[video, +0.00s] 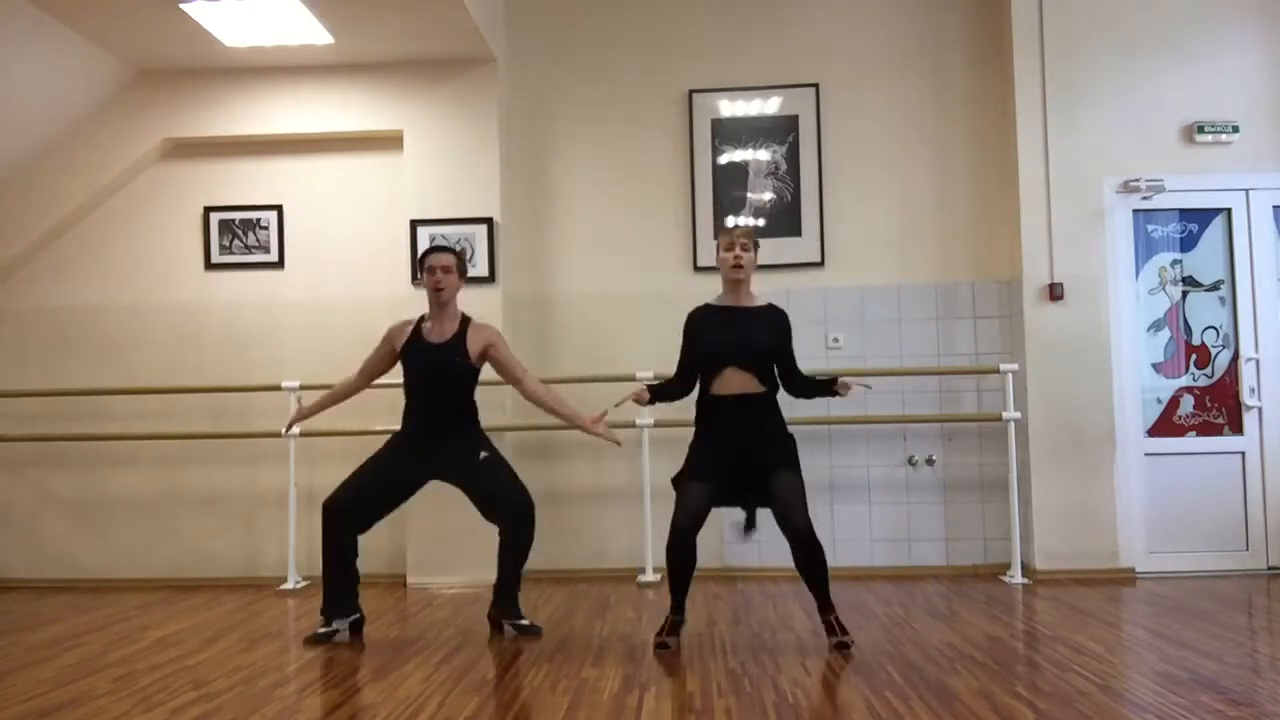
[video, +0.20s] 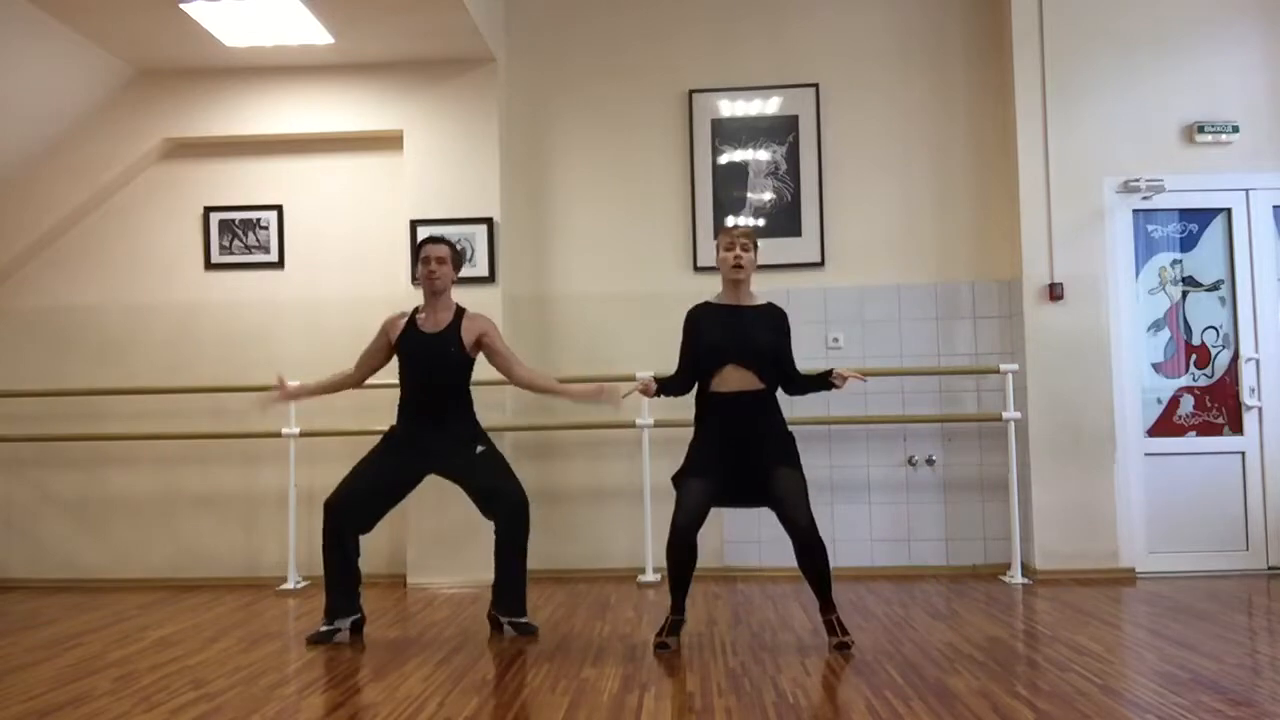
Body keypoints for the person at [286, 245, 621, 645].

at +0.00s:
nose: (437, 278)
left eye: (445, 270)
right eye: (430, 271)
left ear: (461, 279)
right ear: (421, 281)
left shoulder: (482, 337)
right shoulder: (403, 334)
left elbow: (533, 388)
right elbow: (358, 380)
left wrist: (584, 421)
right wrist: (306, 410)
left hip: (466, 450)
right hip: (411, 449)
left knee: (519, 513)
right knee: (338, 511)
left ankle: (505, 608)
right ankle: (343, 614)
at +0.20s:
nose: (431, 268)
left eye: (440, 262)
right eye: (424, 262)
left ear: (455, 272)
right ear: (416, 273)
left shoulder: (476, 327)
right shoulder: (397, 327)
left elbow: (525, 376)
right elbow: (354, 376)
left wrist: (587, 392)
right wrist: (296, 390)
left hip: (463, 443)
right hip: (407, 443)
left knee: (514, 509)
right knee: (339, 512)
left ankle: (508, 610)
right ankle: (343, 615)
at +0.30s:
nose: (429, 261)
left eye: (438, 256)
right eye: (424, 255)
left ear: (453, 268)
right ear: (415, 265)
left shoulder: (474, 319)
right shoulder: (394, 321)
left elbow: (516, 364)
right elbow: (349, 363)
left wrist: (536, 354)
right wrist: (302, 366)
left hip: (460, 435)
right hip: (407, 435)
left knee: (497, 509)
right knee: (353, 514)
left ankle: (503, 612)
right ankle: (346, 616)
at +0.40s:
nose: (428, 259)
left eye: (437, 254)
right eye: (423, 253)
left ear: (453, 267)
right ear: (414, 264)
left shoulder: (471, 315)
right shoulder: (392, 317)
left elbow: (521, 352)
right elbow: (347, 344)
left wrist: (486, 355)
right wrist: (324, 363)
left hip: (459, 432)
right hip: (409, 432)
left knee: (475, 517)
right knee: (371, 519)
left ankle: (493, 609)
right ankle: (352, 613)